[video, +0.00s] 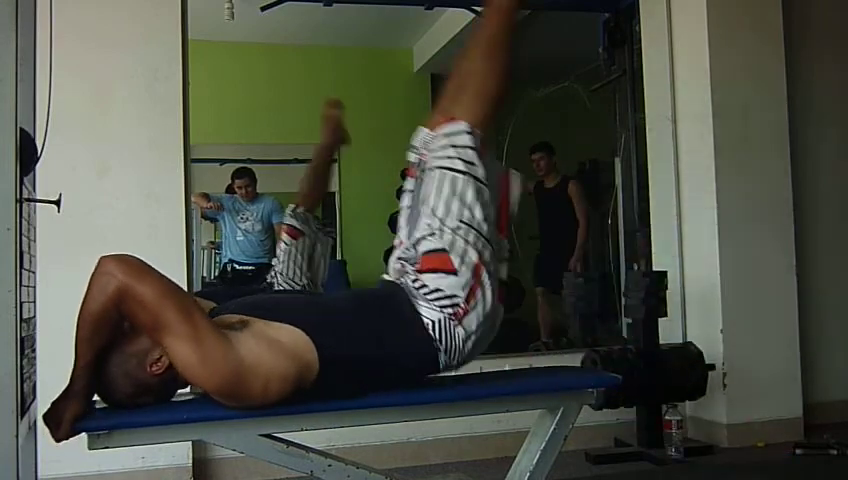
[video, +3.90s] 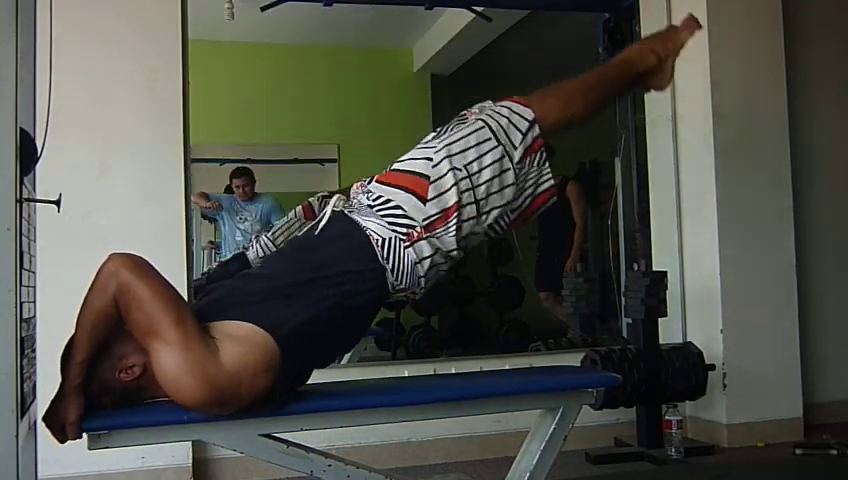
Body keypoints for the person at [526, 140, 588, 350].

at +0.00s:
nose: (537, 165)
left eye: (541, 160)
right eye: (534, 161)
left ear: (552, 160)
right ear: (532, 164)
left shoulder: (570, 185)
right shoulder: (537, 188)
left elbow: (583, 221)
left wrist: (578, 254)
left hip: (567, 249)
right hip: (545, 249)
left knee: (568, 294)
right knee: (542, 293)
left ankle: (571, 337)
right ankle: (546, 340)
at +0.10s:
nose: (537, 165)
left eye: (541, 160)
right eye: (534, 162)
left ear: (552, 160)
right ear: (532, 164)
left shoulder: (570, 185)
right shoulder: (537, 187)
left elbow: (582, 221)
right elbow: (511, 185)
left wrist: (578, 255)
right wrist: (494, 177)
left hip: (567, 250)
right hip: (546, 249)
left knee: (568, 294)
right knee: (543, 292)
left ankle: (572, 338)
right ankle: (546, 341)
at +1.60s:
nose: (537, 165)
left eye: (541, 160)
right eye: (534, 161)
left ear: (553, 161)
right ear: (532, 164)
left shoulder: (570, 187)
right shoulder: (536, 187)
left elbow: (580, 224)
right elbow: (510, 185)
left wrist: (574, 257)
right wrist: (488, 167)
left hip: (566, 250)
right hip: (545, 250)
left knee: (568, 297)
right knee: (545, 297)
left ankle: (573, 336)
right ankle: (575, 329)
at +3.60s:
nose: (536, 165)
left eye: (541, 160)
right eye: (534, 161)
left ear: (552, 161)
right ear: (531, 165)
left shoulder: (570, 187)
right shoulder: (535, 187)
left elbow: (580, 224)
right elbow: (509, 186)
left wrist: (574, 257)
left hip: (567, 249)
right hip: (546, 249)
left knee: (568, 296)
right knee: (546, 297)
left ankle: (574, 335)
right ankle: (578, 329)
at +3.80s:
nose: (543, 166)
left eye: (546, 160)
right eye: (539, 162)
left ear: (553, 160)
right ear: (535, 164)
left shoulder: (570, 187)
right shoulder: (538, 190)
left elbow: (580, 224)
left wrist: (574, 256)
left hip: (566, 250)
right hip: (545, 250)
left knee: (569, 295)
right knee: (545, 297)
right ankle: (576, 329)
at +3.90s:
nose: (541, 169)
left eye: (543, 164)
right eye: (537, 165)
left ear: (550, 162)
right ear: (535, 168)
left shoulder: (569, 187)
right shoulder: (539, 189)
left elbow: (580, 224)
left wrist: (574, 257)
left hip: (566, 249)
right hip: (546, 249)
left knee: (569, 295)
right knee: (546, 297)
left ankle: (579, 332)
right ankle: (577, 330)